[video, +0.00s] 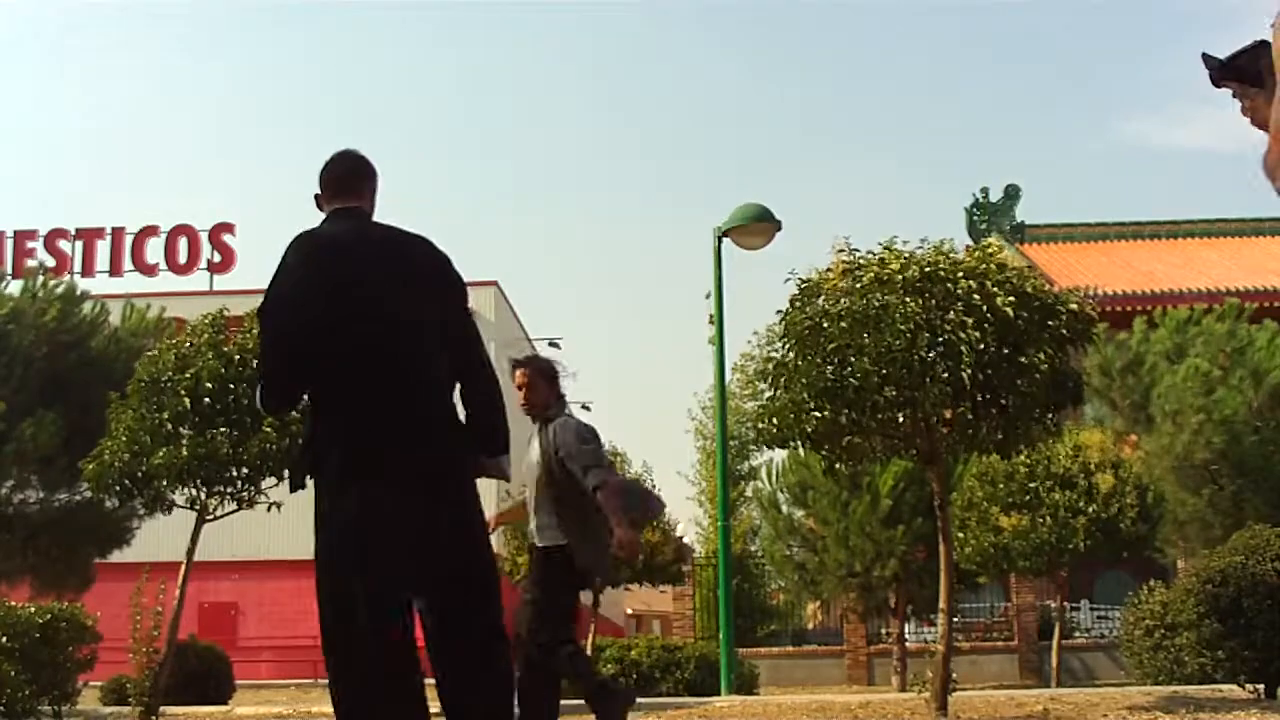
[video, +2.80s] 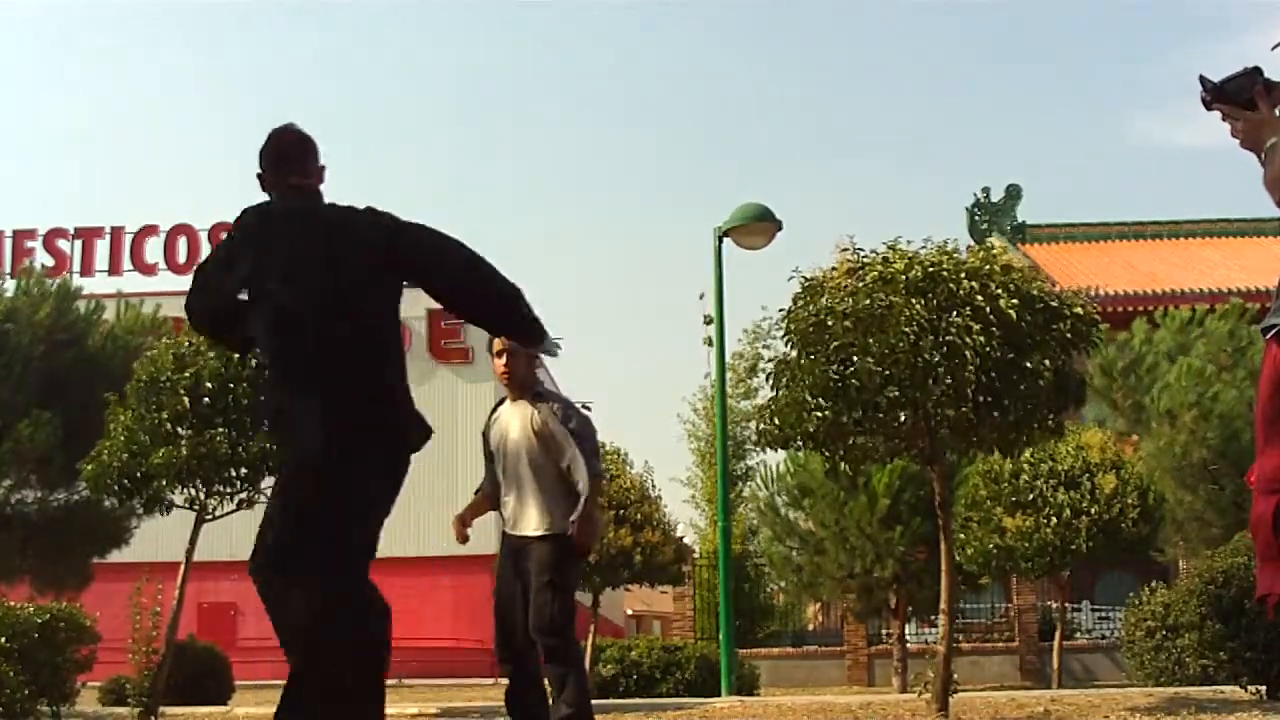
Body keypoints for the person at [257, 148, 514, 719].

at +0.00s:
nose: (328, 206)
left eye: (323, 199)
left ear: (319, 198)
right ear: (375, 195)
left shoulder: (302, 258)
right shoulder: (424, 254)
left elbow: (277, 392)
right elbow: (472, 360)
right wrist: (488, 444)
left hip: (350, 483)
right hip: (435, 474)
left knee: (368, 650)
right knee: (469, 639)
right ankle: (485, 717)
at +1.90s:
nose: (407, 211)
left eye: (409, 201)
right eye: (406, 199)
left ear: (354, 190)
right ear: (387, 192)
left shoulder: (300, 260)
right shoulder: (380, 241)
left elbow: (286, 364)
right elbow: (405, 346)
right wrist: (460, 408)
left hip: (308, 453)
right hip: (377, 450)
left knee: (331, 606)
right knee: (399, 606)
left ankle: (306, 712)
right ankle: (418, 713)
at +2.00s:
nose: (426, 213)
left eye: (428, 202)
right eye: (425, 201)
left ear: (377, 187)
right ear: (407, 190)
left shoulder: (330, 250)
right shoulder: (392, 237)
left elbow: (305, 353)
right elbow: (402, 340)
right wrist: (449, 401)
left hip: (324, 448)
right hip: (380, 449)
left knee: (340, 597)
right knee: (396, 596)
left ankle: (314, 710)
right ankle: (417, 710)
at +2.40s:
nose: (414, 190)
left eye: (405, 181)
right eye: (417, 181)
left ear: (362, 177)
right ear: (415, 178)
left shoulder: (318, 238)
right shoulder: (426, 229)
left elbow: (313, 330)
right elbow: (481, 326)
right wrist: (540, 393)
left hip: (323, 437)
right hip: (413, 439)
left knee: (296, 581)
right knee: (441, 588)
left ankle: (277, 705)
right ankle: (443, 709)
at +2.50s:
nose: (389, 187)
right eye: (392, 179)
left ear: (337, 179)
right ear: (392, 178)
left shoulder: (296, 236)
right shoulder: (413, 233)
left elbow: (286, 334)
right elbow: (486, 316)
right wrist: (558, 377)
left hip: (307, 452)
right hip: (403, 451)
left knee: (290, 607)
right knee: (441, 609)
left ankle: (298, 716)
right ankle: (447, 713)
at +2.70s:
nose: (322, 176)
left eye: (297, 170)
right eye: (332, 165)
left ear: (283, 173)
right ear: (341, 167)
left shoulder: (261, 221)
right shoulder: (384, 224)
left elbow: (226, 308)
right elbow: (473, 283)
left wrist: (290, 335)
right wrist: (557, 338)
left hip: (289, 441)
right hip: (375, 435)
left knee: (295, 596)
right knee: (394, 573)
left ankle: (293, 707)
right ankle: (426, 652)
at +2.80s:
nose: (283, 186)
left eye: (269, 179)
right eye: (303, 170)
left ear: (263, 179)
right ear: (320, 173)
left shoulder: (256, 229)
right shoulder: (372, 227)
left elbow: (204, 305)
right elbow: (459, 269)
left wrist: (258, 327)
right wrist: (524, 327)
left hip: (315, 434)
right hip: (387, 429)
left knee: (276, 561)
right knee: (343, 570)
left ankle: (327, 699)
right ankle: (355, 705)